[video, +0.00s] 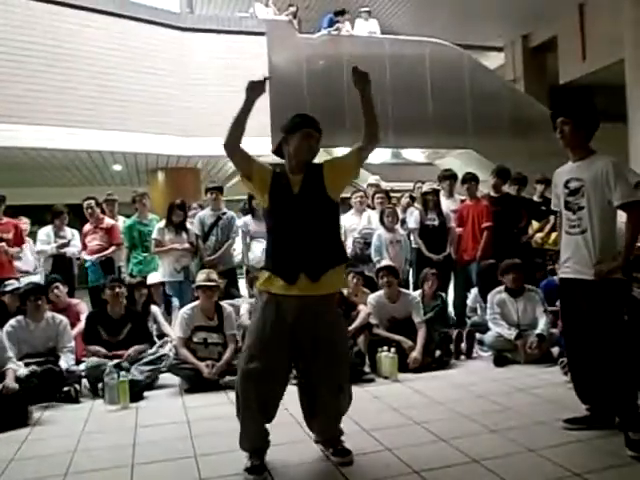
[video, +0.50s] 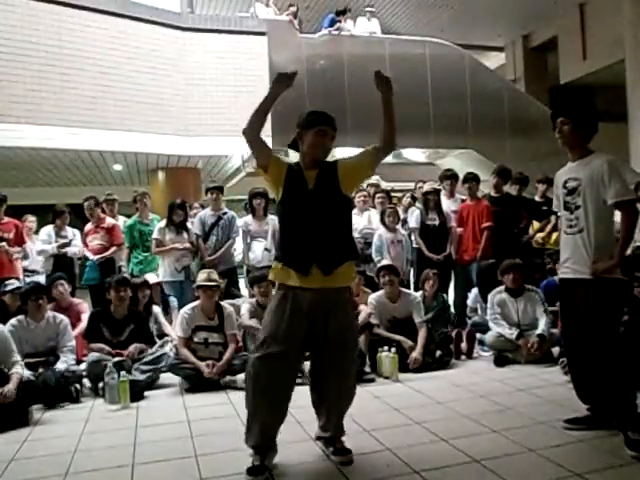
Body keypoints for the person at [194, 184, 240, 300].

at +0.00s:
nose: (214, 197)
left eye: (216, 194)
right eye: (211, 194)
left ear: (221, 196)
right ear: (206, 197)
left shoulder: (230, 216)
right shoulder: (200, 217)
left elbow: (232, 239)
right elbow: (199, 239)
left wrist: (216, 257)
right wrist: (206, 258)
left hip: (226, 265)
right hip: (207, 264)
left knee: (232, 298)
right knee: (208, 298)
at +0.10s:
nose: (214, 197)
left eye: (217, 194)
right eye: (211, 194)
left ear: (221, 196)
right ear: (207, 197)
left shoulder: (230, 216)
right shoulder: (201, 217)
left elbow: (232, 239)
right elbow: (199, 238)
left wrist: (216, 257)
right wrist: (206, 258)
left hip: (226, 264)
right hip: (207, 264)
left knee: (232, 298)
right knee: (208, 298)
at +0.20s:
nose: (214, 197)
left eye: (217, 194)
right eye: (211, 194)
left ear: (221, 196)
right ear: (207, 197)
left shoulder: (231, 216)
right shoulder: (201, 216)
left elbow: (232, 239)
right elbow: (199, 238)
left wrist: (216, 257)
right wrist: (206, 258)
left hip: (227, 264)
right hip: (208, 265)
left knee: (232, 298)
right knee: (208, 298)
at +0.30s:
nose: (214, 197)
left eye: (217, 194)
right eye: (211, 194)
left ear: (221, 196)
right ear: (207, 197)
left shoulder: (231, 216)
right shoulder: (201, 216)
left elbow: (233, 239)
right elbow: (199, 238)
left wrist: (216, 257)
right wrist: (206, 258)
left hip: (227, 264)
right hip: (208, 265)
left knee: (232, 298)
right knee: (208, 298)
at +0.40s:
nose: (214, 197)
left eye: (217, 194)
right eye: (211, 194)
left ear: (221, 196)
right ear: (207, 197)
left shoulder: (231, 216)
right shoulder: (201, 216)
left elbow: (233, 239)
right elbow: (199, 238)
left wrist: (216, 257)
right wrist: (206, 258)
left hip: (227, 264)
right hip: (208, 265)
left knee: (232, 298)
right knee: (208, 298)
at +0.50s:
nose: (214, 197)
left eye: (217, 194)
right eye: (211, 194)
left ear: (221, 196)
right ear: (207, 197)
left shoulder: (231, 216)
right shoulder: (201, 216)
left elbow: (232, 239)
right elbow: (199, 238)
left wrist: (216, 257)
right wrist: (206, 258)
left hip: (227, 264)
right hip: (208, 265)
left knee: (232, 298)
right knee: (208, 298)